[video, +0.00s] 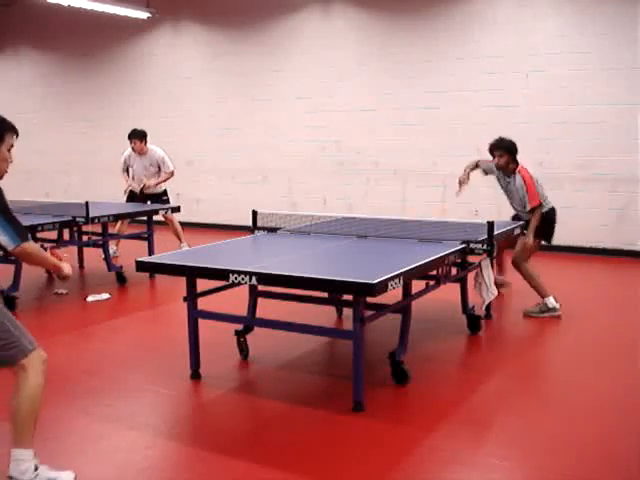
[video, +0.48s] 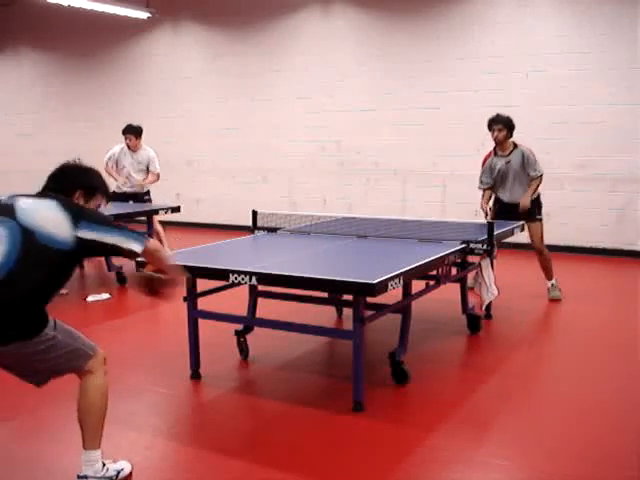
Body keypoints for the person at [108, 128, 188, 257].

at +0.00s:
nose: (132, 146)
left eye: (135, 143)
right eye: (131, 143)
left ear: (143, 142)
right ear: (130, 143)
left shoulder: (157, 154)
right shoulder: (128, 155)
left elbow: (170, 172)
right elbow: (124, 171)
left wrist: (154, 182)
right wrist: (128, 182)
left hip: (157, 193)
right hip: (136, 191)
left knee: (168, 217)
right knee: (123, 218)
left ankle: (183, 243)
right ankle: (114, 246)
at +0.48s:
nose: (127, 142)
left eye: (130, 139)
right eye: (126, 139)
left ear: (138, 139)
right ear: (124, 138)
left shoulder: (149, 154)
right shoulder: (119, 150)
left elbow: (155, 174)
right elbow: (107, 166)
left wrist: (144, 182)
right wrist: (117, 178)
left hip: (140, 192)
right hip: (120, 192)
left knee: (152, 220)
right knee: (111, 221)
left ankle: (165, 248)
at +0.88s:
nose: (148, 160)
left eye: (150, 156)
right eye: (144, 158)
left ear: (153, 155)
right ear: (139, 159)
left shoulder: (160, 165)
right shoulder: (135, 167)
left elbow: (174, 178)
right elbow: (127, 185)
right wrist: (138, 198)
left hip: (157, 200)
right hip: (141, 201)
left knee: (155, 220)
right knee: (117, 223)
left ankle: (165, 252)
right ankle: (97, 247)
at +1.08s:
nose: (143, 149)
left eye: (146, 145)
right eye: (141, 146)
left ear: (153, 144)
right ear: (140, 146)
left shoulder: (164, 151)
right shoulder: (141, 154)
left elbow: (163, 162)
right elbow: (135, 163)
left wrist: (138, 158)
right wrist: (126, 166)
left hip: (168, 191)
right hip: (152, 190)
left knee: (164, 219)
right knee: (133, 217)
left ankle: (168, 250)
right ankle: (133, 244)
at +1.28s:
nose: (146, 149)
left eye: (149, 146)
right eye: (144, 146)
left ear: (157, 145)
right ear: (143, 146)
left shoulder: (169, 156)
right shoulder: (145, 158)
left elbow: (169, 178)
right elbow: (136, 169)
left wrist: (144, 178)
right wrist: (131, 178)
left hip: (177, 191)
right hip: (160, 192)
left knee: (183, 218)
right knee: (147, 218)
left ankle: (204, 244)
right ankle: (144, 245)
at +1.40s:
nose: (155, 151)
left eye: (158, 148)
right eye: (154, 148)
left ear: (166, 147)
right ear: (155, 148)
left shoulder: (179, 160)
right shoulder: (159, 161)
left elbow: (181, 184)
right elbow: (156, 176)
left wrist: (160, 189)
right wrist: (149, 189)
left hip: (186, 195)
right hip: (168, 194)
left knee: (195, 220)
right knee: (151, 215)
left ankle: (217, 245)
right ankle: (146, 244)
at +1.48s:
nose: (166, 152)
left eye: (168, 149)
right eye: (164, 149)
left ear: (177, 149)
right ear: (163, 149)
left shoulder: (190, 162)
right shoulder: (163, 160)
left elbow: (194, 184)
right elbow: (161, 173)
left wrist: (178, 195)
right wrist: (165, 186)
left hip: (190, 189)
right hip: (173, 189)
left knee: (201, 214)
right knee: (157, 217)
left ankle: (220, 241)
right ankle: (153, 242)